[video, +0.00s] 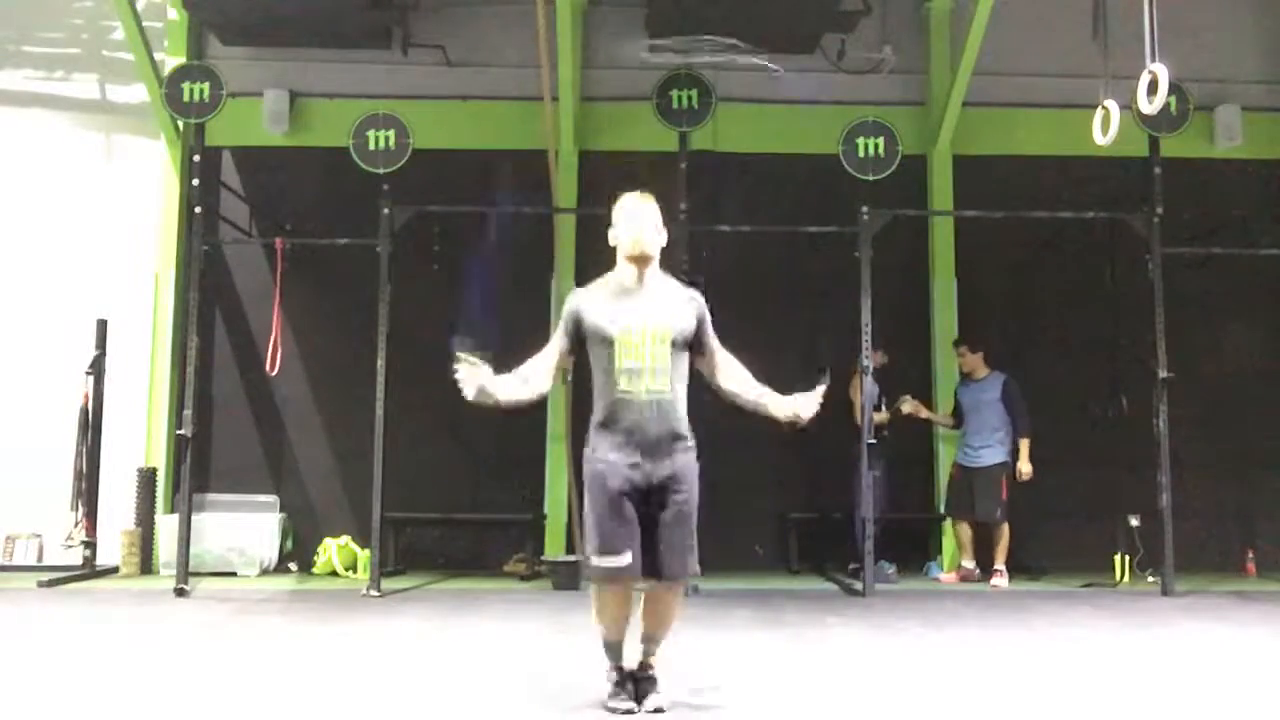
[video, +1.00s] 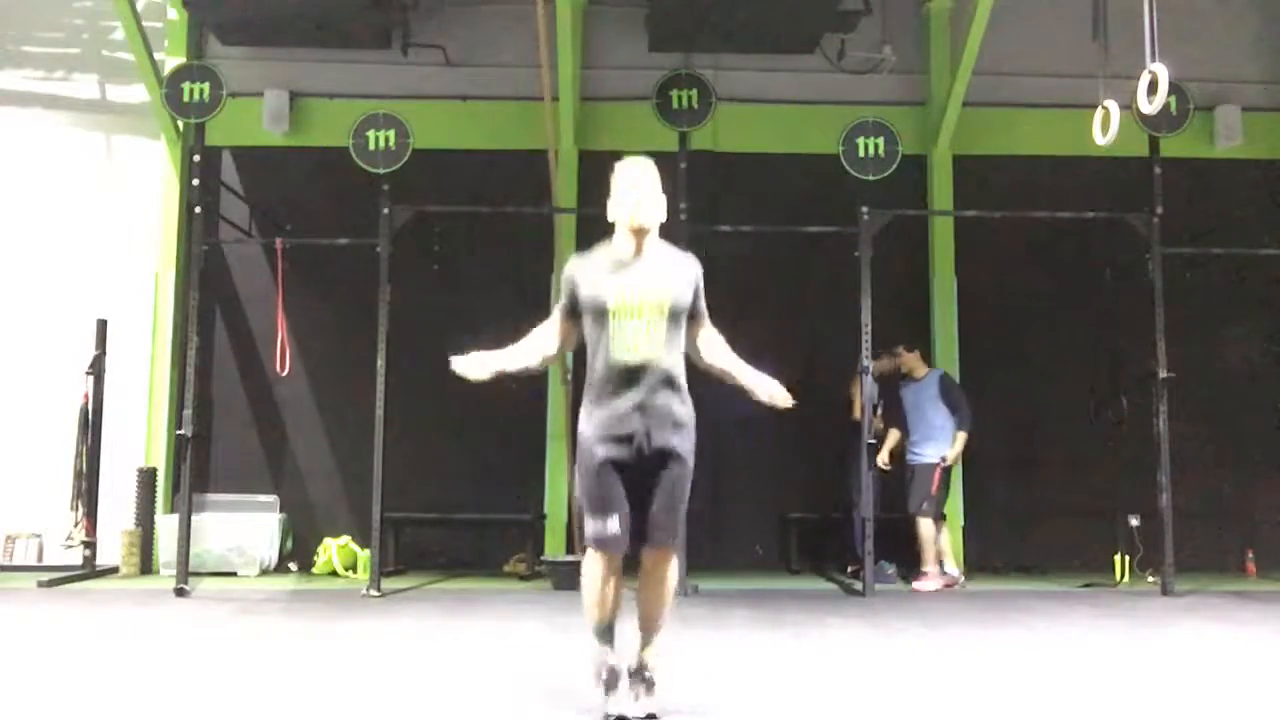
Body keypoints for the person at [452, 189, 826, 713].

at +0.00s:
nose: (643, 231)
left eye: (651, 223)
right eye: (633, 222)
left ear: (664, 233)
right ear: (613, 234)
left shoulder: (688, 302)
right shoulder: (584, 302)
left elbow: (723, 369)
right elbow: (544, 370)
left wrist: (781, 405)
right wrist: (493, 385)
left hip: (675, 451)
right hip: (610, 451)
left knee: (671, 573)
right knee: (614, 568)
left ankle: (647, 667)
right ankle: (618, 669)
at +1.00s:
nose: (642, 201)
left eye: (650, 191)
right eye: (632, 191)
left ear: (663, 202)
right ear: (612, 202)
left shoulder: (685, 269)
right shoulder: (582, 269)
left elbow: (704, 339)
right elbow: (554, 338)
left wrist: (752, 378)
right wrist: (496, 360)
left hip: (670, 421)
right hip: (603, 422)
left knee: (661, 546)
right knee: (606, 542)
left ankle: (644, 663)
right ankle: (604, 653)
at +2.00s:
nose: (647, 161)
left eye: (656, 153)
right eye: (637, 153)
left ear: (672, 163)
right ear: (619, 165)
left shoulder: (697, 232)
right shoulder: (592, 233)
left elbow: (713, 304)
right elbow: (567, 307)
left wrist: (742, 366)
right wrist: (528, 364)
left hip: (680, 379)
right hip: (615, 380)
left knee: (672, 496)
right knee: (617, 495)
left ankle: (659, 613)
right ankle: (620, 605)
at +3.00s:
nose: (648, 154)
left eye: (655, 147)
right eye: (637, 146)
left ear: (670, 159)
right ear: (619, 158)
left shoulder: (696, 224)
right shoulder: (593, 228)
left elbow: (727, 293)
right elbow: (571, 296)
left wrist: (764, 350)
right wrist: (544, 344)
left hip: (678, 364)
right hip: (616, 366)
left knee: (676, 477)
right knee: (618, 475)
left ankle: (662, 595)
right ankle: (623, 595)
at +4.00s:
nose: (644, 190)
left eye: (651, 180)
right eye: (634, 180)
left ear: (664, 188)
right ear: (618, 189)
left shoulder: (693, 252)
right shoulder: (593, 255)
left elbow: (721, 329)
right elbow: (564, 336)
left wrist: (763, 386)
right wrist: (517, 388)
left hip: (677, 399)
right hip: (615, 398)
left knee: (670, 517)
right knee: (612, 514)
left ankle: (660, 623)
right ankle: (614, 629)